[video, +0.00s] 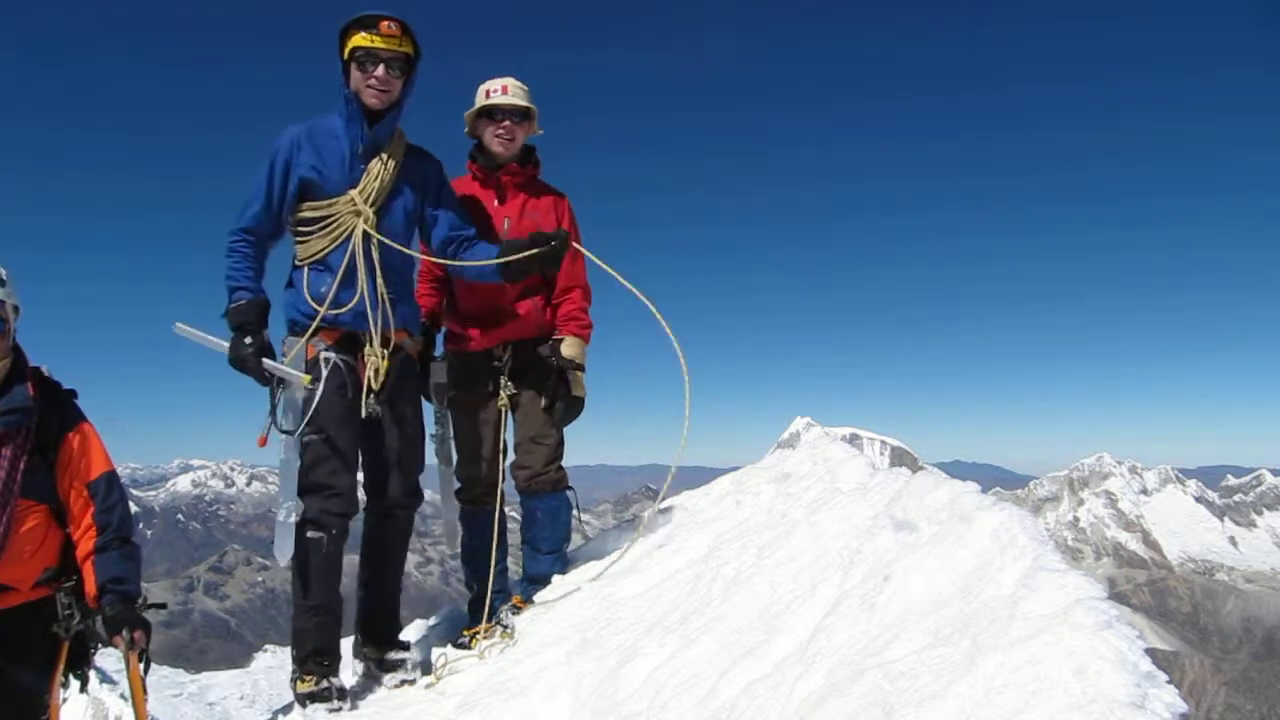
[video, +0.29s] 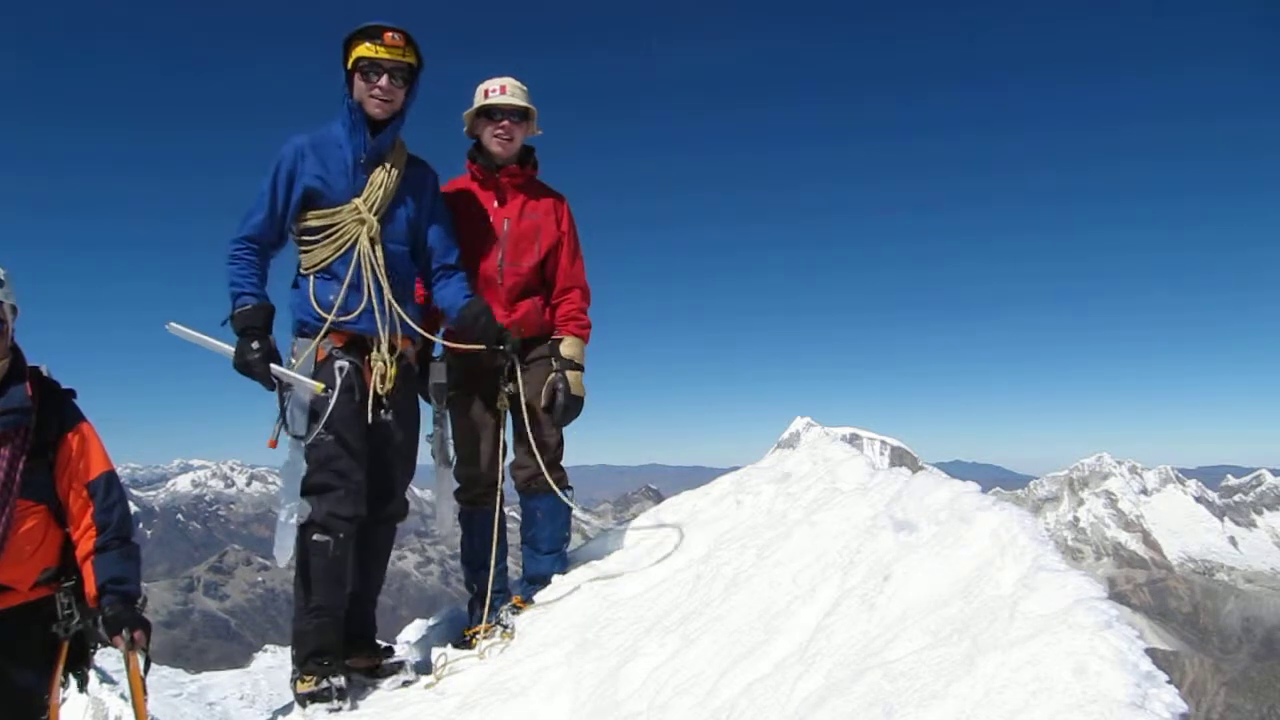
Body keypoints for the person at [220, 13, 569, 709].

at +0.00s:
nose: (380, 75)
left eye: (393, 66)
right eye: (368, 62)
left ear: (409, 77)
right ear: (347, 69)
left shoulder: (422, 167)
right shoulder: (304, 145)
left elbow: (457, 248)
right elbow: (248, 236)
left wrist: (510, 257)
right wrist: (247, 322)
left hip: (398, 350)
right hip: (321, 344)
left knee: (397, 495)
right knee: (326, 497)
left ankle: (379, 641)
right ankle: (314, 661)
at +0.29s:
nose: (385, 85)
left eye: (398, 75)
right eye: (373, 72)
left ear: (411, 87)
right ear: (351, 80)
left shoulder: (418, 174)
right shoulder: (306, 154)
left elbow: (444, 268)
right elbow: (250, 245)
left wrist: (475, 322)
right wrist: (251, 327)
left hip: (398, 355)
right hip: (328, 349)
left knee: (384, 501)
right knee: (338, 499)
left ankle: (357, 640)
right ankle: (316, 660)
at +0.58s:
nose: (389, 90)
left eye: (401, 81)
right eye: (377, 78)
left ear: (414, 93)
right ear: (355, 85)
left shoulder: (423, 183)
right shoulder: (311, 161)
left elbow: (446, 275)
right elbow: (263, 251)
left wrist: (452, 326)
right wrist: (258, 329)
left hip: (404, 357)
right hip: (330, 351)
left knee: (384, 501)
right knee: (333, 496)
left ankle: (357, 640)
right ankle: (314, 656)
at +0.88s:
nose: (389, 94)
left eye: (402, 85)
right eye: (378, 82)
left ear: (416, 96)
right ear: (357, 89)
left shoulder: (427, 186)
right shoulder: (313, 164)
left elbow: (448, 279)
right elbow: (264, 252)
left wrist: (452, 340)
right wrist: (255, 329)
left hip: (405, 357)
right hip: (332, 351)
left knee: (381, 500)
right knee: (332, 491)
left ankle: (357, 640)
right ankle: (303, 665)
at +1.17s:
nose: (388, 93)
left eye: (401, 84)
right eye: (376, 81)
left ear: (416, 96)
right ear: (356, 88)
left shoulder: (427, 187)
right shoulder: (315, 162)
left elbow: (449, 278)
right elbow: (264, 253)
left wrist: (448, 342)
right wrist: (255, 335)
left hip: (407, 361)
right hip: (336, 354)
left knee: (380, 504)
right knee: (330, 501)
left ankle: (356, 639)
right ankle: (301, 669)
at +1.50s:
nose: (389, 92)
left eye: (402, 84)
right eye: (377, 80)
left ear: (417, 97)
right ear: (356, 88)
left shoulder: (426, 188)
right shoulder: (319, 156)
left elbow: (444, 282)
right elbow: (262, 247)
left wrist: (447, 351)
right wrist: (256, 332)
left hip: (409, 361)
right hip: (342, 352)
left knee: (381, 504)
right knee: (334, 500)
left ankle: (356, 640)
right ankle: (302, 670)